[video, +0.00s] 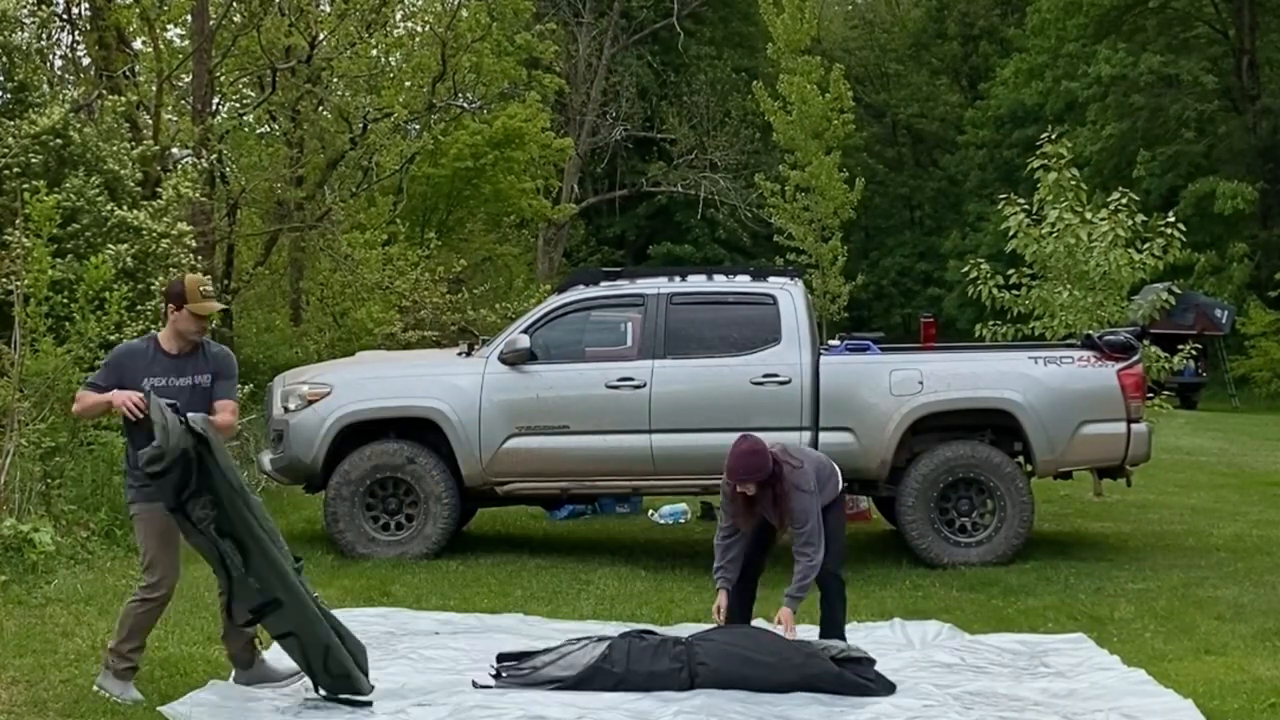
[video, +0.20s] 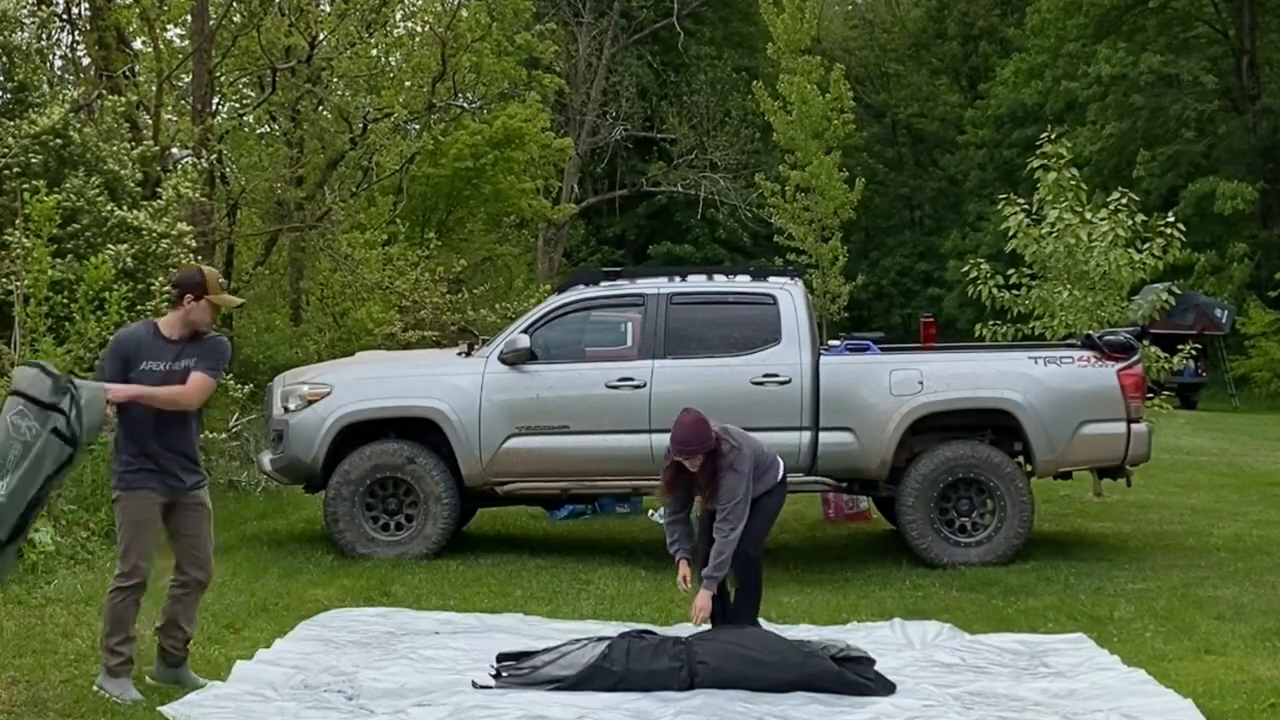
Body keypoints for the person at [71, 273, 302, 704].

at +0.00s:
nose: (207, 324)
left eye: (210, 317)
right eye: (199, 317)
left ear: (208, 314)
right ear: (173, 312)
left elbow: (228, 422)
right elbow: (81, 405)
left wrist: (196, 424)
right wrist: (111, 397)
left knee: (235, 565)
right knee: (160, 581)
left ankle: (247, 664)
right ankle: (116, 675)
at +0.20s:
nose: (216, 316)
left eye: (217, 309)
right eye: (212, 308)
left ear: (197, 304)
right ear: (189, 303)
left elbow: (191, 399)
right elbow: (101, 406)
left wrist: (129, 392)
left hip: (188, 477)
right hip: (138, 475)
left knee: (196, 571)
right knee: (133, 574)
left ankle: (171, 665)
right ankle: (115, 674)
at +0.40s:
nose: (266, 321)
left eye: (266, 313)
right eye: (262, 312)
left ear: (244, 310)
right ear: (242, 308)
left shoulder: (247, 353)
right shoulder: (198, 354)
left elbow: (261, 414)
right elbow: (177, 421)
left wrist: (274, 471)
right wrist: (194, 485)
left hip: (221, 472)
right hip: (205, 474)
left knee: (199, 573)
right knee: (262, 545)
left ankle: (167, 664)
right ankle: (211, 634)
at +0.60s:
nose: (355, 341)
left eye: (356, 334)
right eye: (353, 333)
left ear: (326, 327)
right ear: (335, 329)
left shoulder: (293, 361)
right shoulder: (319, 378)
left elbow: (284, 438)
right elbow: (324, 454)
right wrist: (345, 513)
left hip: (288, 494)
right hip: (310, 500)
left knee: (315, 570)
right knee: (333, 591)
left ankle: (237, 621)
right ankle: (313, 685)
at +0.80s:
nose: (417, 341)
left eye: (418, 334)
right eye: (415, 333)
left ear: (392, 328)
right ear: (397, 328)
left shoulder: (369, 365)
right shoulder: (370, 372)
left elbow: (362, 442)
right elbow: (371, 444)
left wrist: (390, 494)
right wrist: (401, 496)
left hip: (377, 497)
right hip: (361, 498)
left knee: (405, 569)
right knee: (345, 590)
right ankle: (313, 682)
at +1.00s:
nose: (475, 339)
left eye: (477, 332)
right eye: (472, 330)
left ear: (457, 325)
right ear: (451, 323)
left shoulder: (455, 376)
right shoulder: (415, 360)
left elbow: (464, 439)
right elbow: (390, 419)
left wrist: (489, 489)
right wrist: (402, 473)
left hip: (432, 482)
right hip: (407, 479)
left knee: (431, 566)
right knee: (441, 560)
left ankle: (427, 656)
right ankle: (389, 645)